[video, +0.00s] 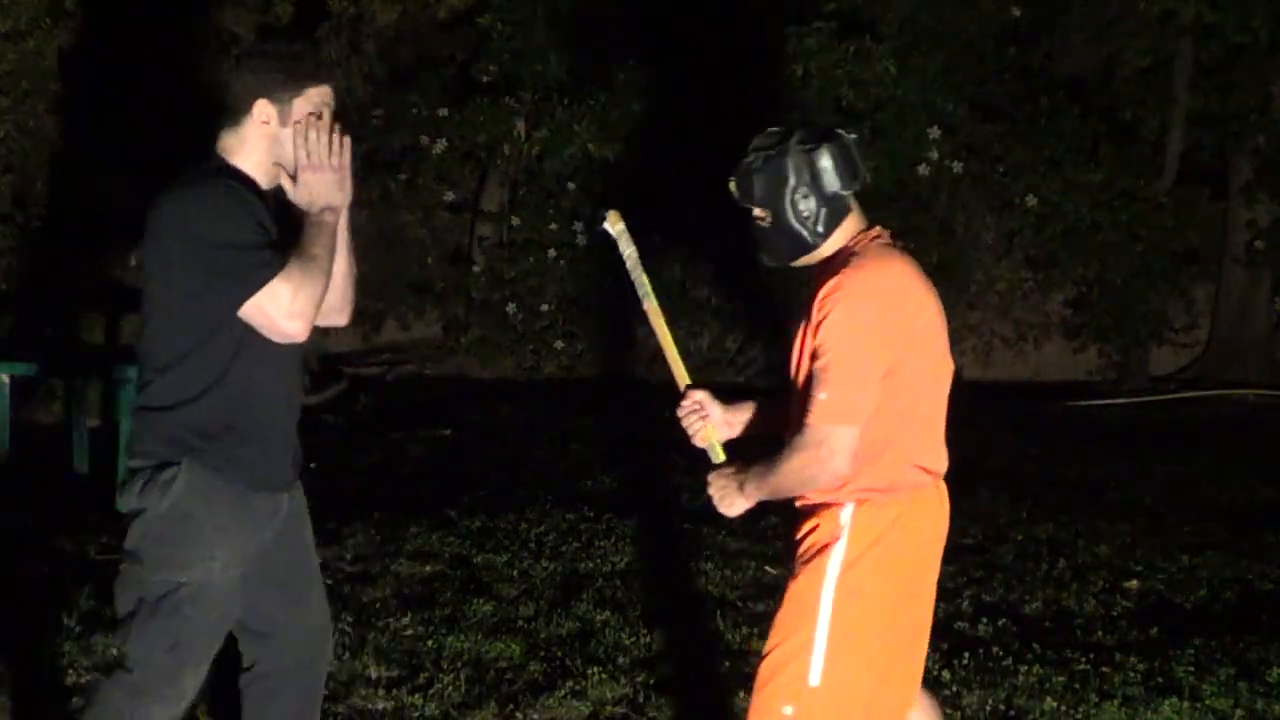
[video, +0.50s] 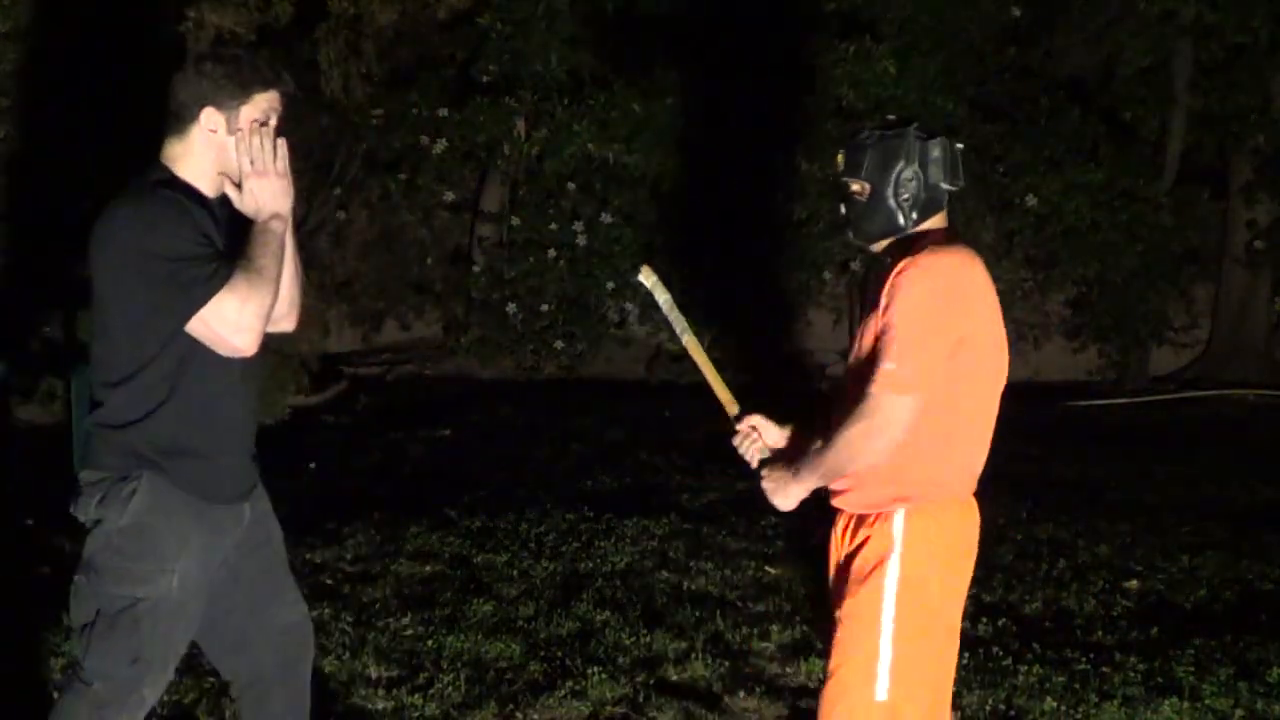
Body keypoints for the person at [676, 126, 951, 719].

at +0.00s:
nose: (756, 223)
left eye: (762, 208)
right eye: (754, 209)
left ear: (799, 206)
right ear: (827, 195)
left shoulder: (858, 290)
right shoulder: (875, 274)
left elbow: (828, 455)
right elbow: (828, 407)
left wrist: (749, 484)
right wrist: (737, 418)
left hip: (865, 527)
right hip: (887, 519)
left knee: (797, 703)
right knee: (884, 689)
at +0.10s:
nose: (780, 225)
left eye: (789, 211)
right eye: (779, 211)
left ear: (830, 208)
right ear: (846, 204)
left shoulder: (886, 291)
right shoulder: (877, 282)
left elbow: (863, 446)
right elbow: (842, 408)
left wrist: (774, 482)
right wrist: (751, 420)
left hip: (884, 530)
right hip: (889, 524)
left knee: (810, 703)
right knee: (894, 698)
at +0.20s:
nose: (804, 223)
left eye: (813, 209)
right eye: (802, 208)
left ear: (855, 207)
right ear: (870, 203)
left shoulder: (913, 289)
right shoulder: (882, 284)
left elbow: (887, 442)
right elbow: (854, 408)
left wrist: (795, 478)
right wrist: (766, 419)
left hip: (911, 528)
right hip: (883, 521)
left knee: (840, 701)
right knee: (895, 698)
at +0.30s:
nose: (825, 220)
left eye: (835, 204)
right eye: (823, 204)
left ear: (876, 202)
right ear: (886, 202)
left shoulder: (928, 282)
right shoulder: (901, 280)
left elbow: (904, 432)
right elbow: (867, 407)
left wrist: (813, 474)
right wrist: (781, 421)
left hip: (922, 527)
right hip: (894, 521)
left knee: (849, 700)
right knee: (894, 704)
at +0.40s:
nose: (841, 208)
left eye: (852, 192)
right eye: (841, 192)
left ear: (893, 194)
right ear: (900, 196)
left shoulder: (937, 278)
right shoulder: (909, 277)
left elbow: (910, 423)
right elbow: (874, 406)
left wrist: (820, 474)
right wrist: (791, 425)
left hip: (920, 525)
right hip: (896, 520)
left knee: (848, 698)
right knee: (902, 701)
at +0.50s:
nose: (848, 206)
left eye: (859, 190)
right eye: (848, 190)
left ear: (901, 190)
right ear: (905, 192)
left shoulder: (929, 275)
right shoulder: (920, 273)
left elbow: (888, 412)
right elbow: (877, 414)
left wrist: (802, 476)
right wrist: (792, 441)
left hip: (909, 534)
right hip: (893, 529)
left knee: (864, 705)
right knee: (902, 703)